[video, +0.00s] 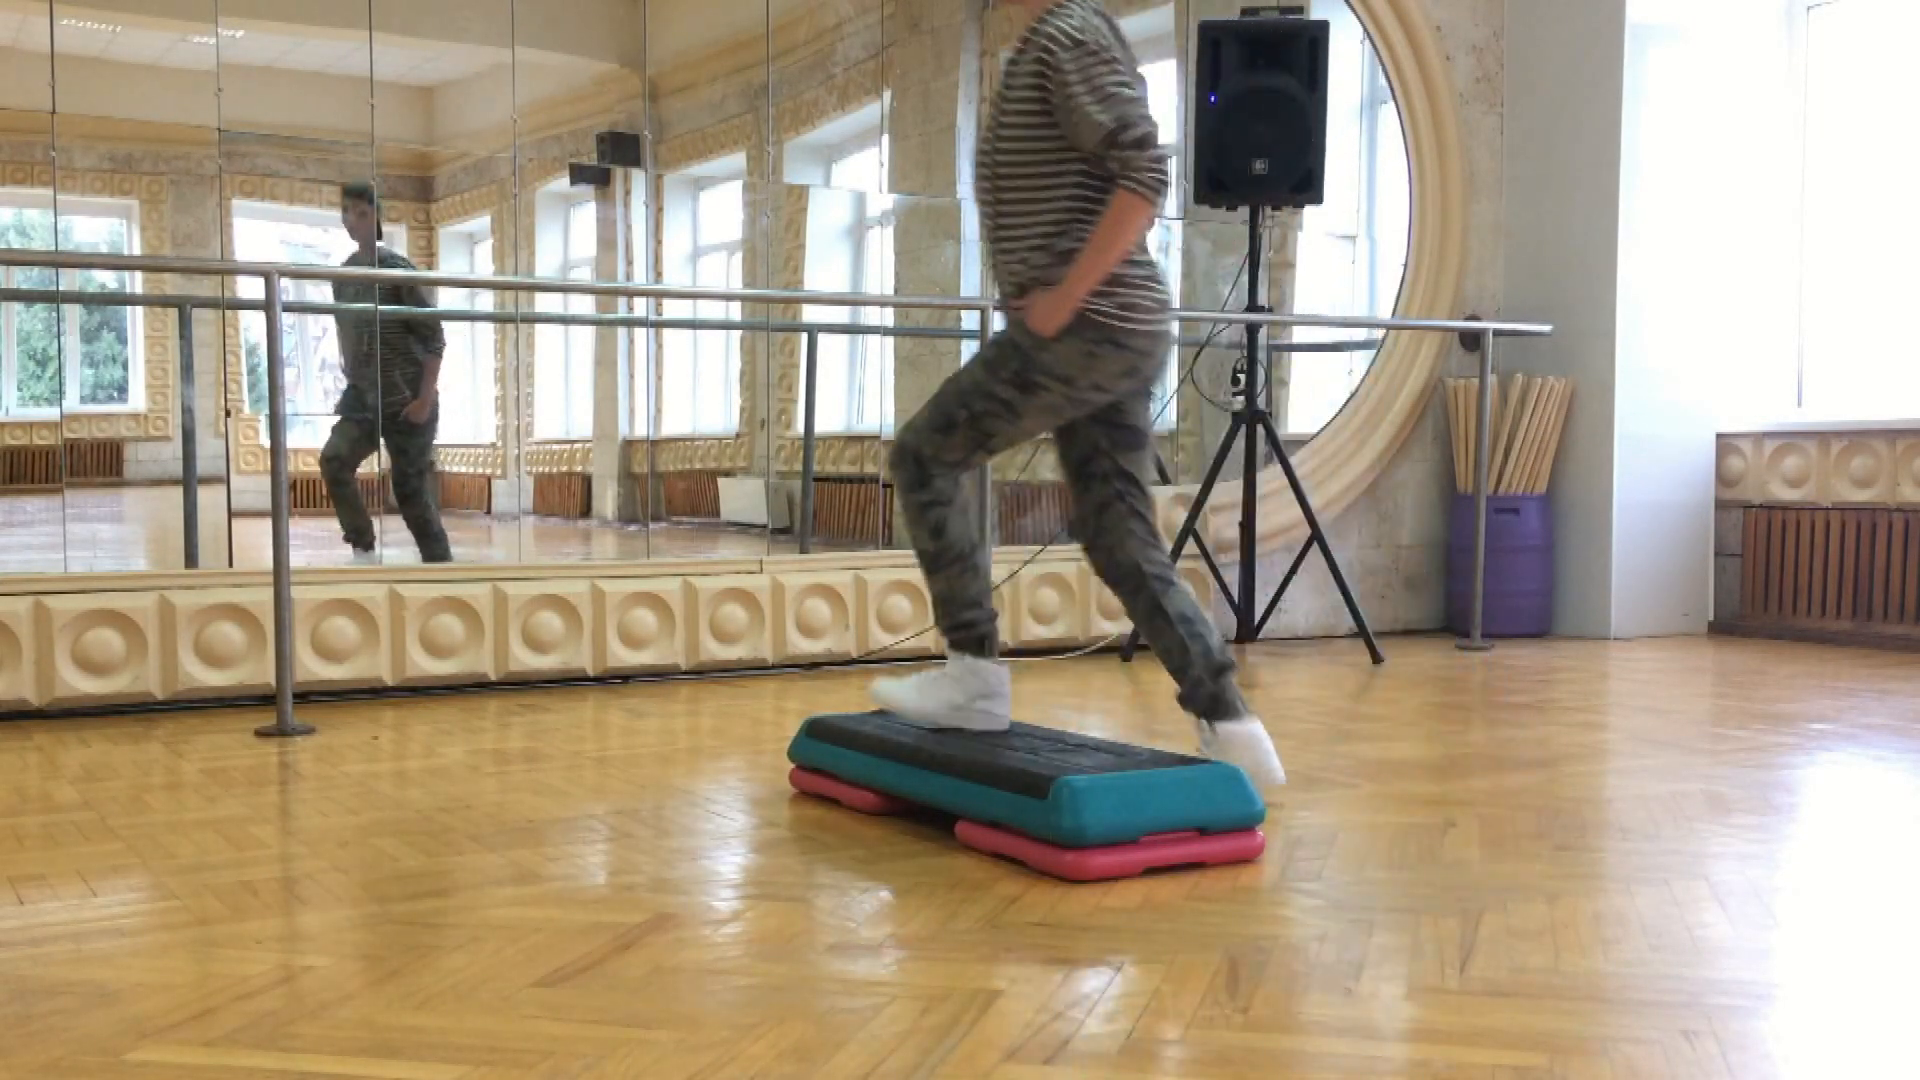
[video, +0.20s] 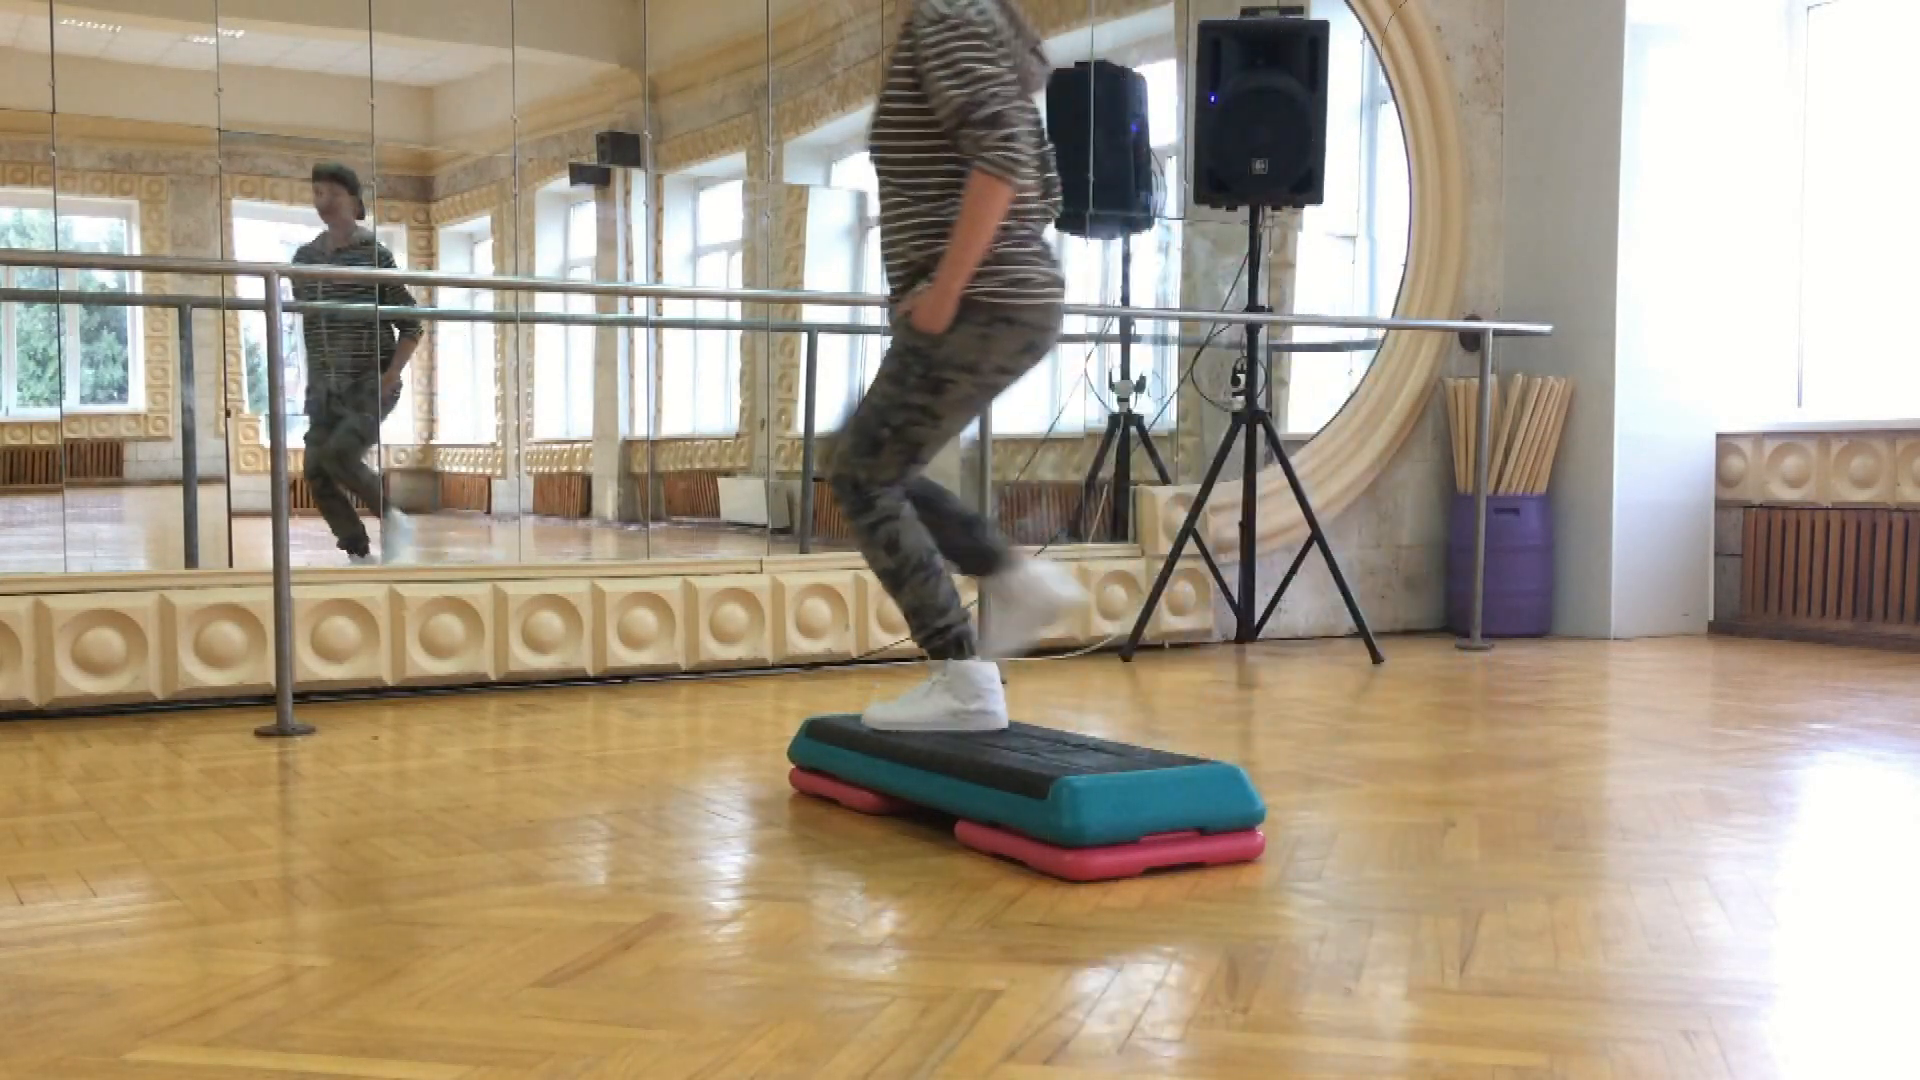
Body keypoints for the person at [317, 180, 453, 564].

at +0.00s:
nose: (354, 221)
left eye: (362, 213)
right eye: (348, 214)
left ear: (378, 218)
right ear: (343, 219)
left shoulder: (400, 270)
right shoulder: (343, 275)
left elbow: (433, 335)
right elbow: (351, 334)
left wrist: (426, 396)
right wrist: (354, 379)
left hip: (409, 399)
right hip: (364, 399)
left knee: (411, 490)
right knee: (334, 463)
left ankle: (442, 569)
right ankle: (363, 549)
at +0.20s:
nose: (324, 203)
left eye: (333, 195)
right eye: (318, 196)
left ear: (355, 201)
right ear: (314, 202)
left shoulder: (373, 255)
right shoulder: (305, 257)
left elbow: (412, 321)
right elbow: (308, 316)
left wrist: (391, 374)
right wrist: (314, 376)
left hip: (370, 383)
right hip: (323, 385)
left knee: (337, 456)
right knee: (316, 473)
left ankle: (395, 521)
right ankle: (360, 555)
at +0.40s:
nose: (299, 203)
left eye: (308, 196)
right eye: (293, 197)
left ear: (329, 201)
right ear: (287, 203)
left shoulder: (353, 255)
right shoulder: (274, 257)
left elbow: (387, 324)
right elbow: (267, 315)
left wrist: (369, 369)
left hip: (341, 385)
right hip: (290, 388)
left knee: (305, 461)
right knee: (293, 482)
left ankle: (298, 557)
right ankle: (353, 546)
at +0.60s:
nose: (274, 222)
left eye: (283, 213)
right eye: (266, 214)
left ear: (303, 220)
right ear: (257, 220)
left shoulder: (326, 277)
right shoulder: (239, 276)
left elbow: (351, 347)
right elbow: (232, 347)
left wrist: (345, 401)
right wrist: (229, 398)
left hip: (310, 413)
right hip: (250, 412)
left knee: (288, 504)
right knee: (214, 482)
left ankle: (289, 596)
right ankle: (276, 524)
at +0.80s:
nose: (260, 224)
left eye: (267, 216)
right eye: (251, 215)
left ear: (274, 223)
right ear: (229, 219)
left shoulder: (292, 280)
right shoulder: (206, 275)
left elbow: (298, 349)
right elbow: (178, 336)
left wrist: (307, 400)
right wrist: (194, 388)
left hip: (286, 412)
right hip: (226, 409)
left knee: (294, 505)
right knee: (201, 500)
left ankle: (289, 591)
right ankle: (131, 578)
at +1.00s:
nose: (268, 228)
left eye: (268, 220)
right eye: (262, 219)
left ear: (239, 221)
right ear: (236, 218)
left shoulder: (237, 269)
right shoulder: (207, 264)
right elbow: (166, 329)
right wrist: (184, 395)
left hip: (233, 412)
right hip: (194, 409)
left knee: (297, 485)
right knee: (187, 510)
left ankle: (257, 576)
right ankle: (121, 586)